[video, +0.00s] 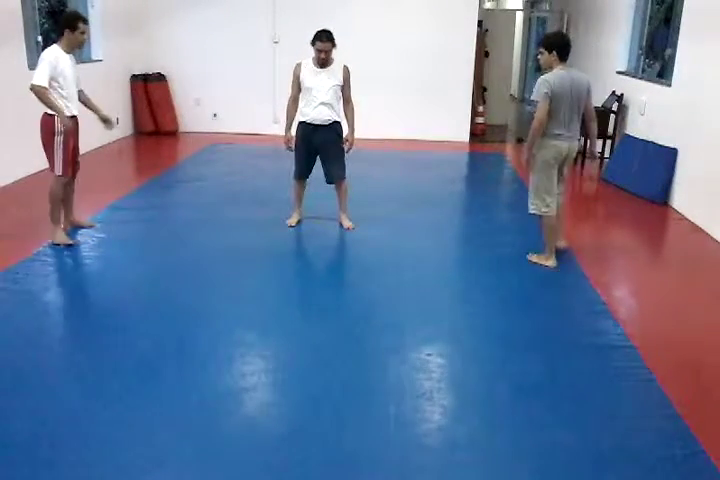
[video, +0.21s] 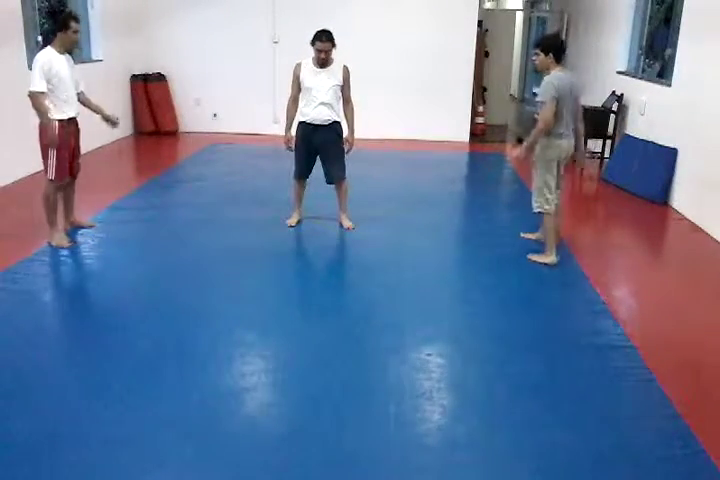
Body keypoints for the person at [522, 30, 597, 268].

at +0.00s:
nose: (539, 58)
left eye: (541, 53)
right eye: (539, 53)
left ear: (553, 55)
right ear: (563, 55)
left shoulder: (547, 81)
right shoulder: (582, 80)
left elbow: (540, 120)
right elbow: (590, 117)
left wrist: (528, 148)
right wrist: (593, 147)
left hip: (550, 143)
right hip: (570, 144)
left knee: (546, 199)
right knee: (558, 192)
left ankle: (549, 253)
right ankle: (559, 237)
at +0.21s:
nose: (534, 59)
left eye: (538, 55)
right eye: (534, 55)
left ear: (550, 56)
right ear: (556, 56)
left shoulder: (550, 82)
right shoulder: (570, 79)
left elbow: (546, 121)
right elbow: (577, 118)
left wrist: (525, 146)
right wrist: (580, 147)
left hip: (550, 142)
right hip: (566, 141)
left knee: (546, 196)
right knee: (551, 189)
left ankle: (550, 252)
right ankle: (545, 231)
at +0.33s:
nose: (533, 59)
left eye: (536, 54)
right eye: (533, 54)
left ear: (549, 54)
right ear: (552, 55)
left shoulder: (553, 79)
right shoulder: (562, 76)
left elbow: (554, 118)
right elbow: (560, 115)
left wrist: (537, 145)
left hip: (555, 138)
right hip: (561, 136)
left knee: (541, 190)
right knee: (547, 186)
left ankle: (554, 242)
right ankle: (545, 231)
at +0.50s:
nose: (533, 56)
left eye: (537, 51)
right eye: (533, 51)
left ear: (550, 51)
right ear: (548, 52)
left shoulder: (560, 75)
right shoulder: (551, 75)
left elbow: (565, 107)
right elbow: (554, 107)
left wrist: (562, 135)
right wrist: (544, 133)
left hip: (555, 133)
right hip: (547, 131)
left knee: (542, 187)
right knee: (543, 186)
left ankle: (565, 231)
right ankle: (544, 231)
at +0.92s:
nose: (546, 61)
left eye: (550, 56)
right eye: (546, 56)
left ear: (564, 56)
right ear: (553, 57)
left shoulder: (580, 81)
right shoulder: (555, 80)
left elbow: (589, 115)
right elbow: (551, 113)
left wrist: (584, 147)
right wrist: (538, 134)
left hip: (572, 138)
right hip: (550, 136)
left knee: (571, 185)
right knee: (533, 176)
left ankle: (569, 225)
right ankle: (541, 222)